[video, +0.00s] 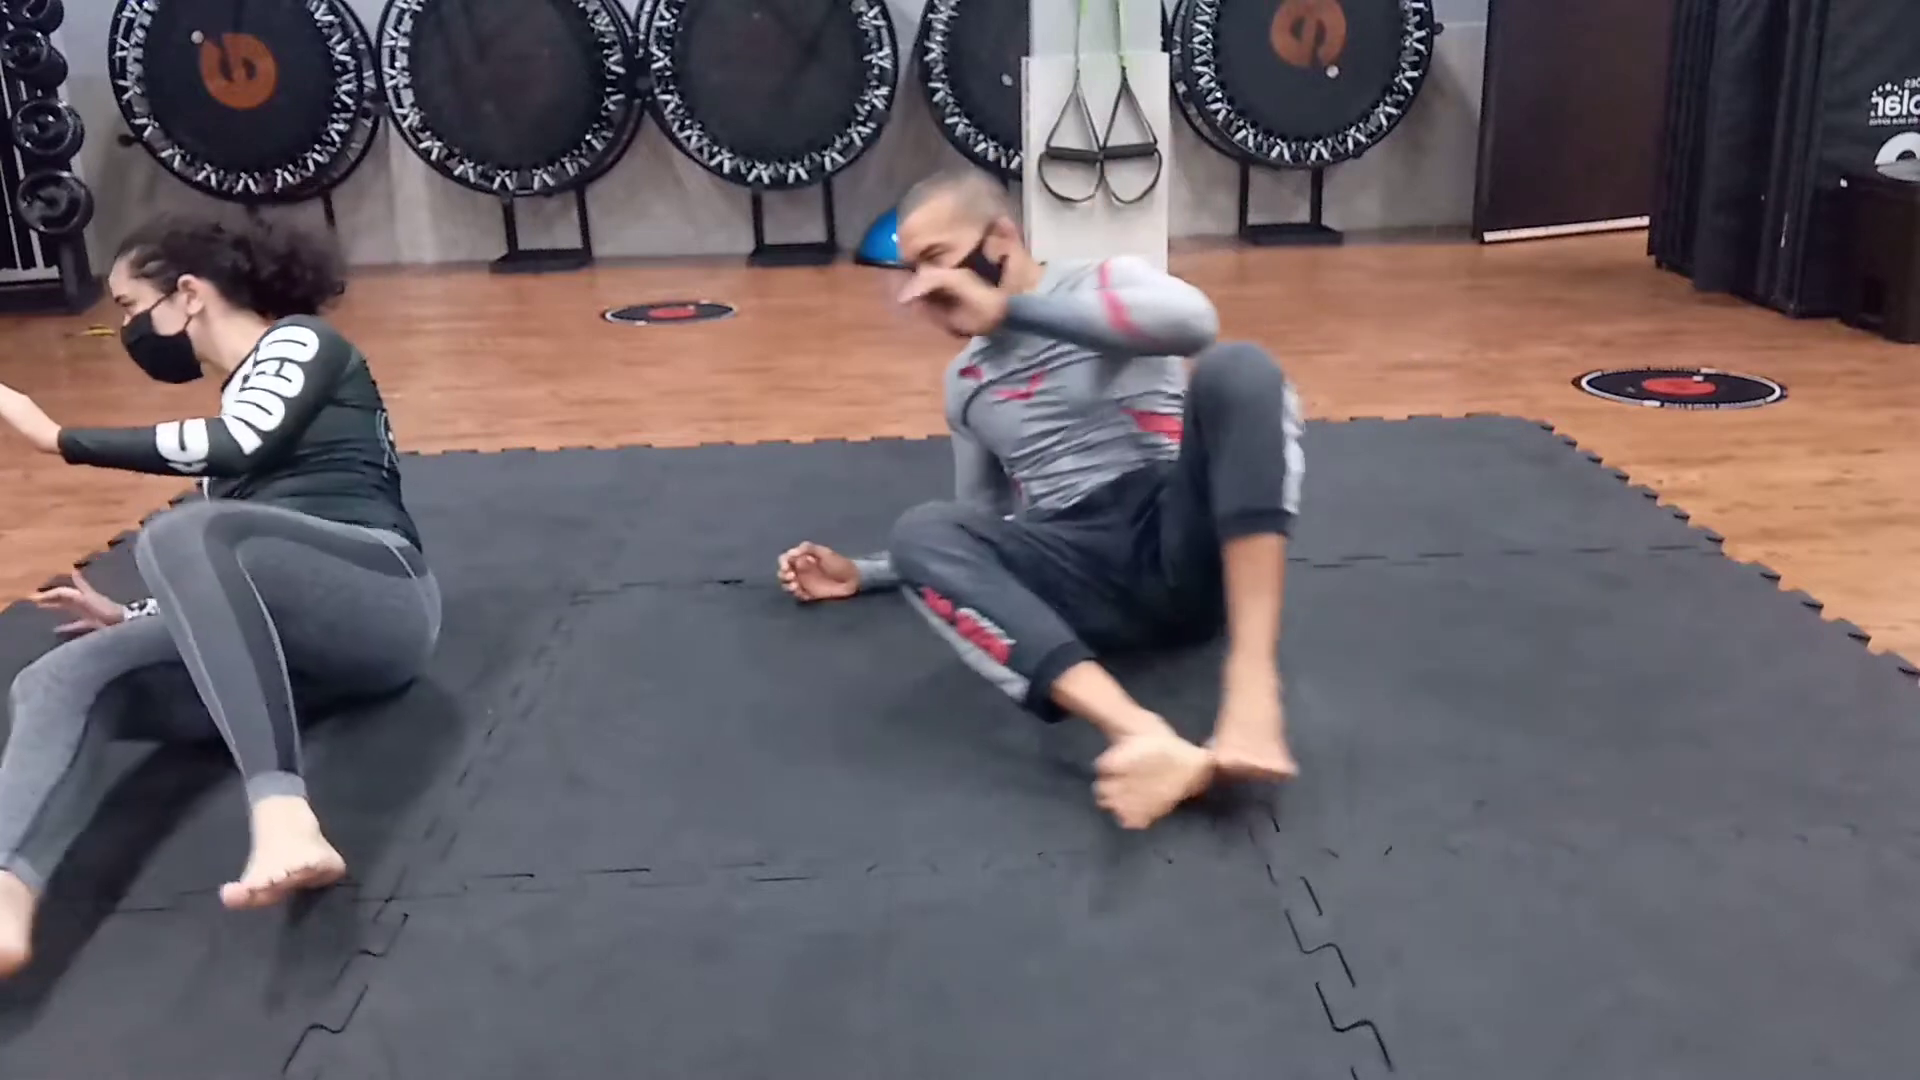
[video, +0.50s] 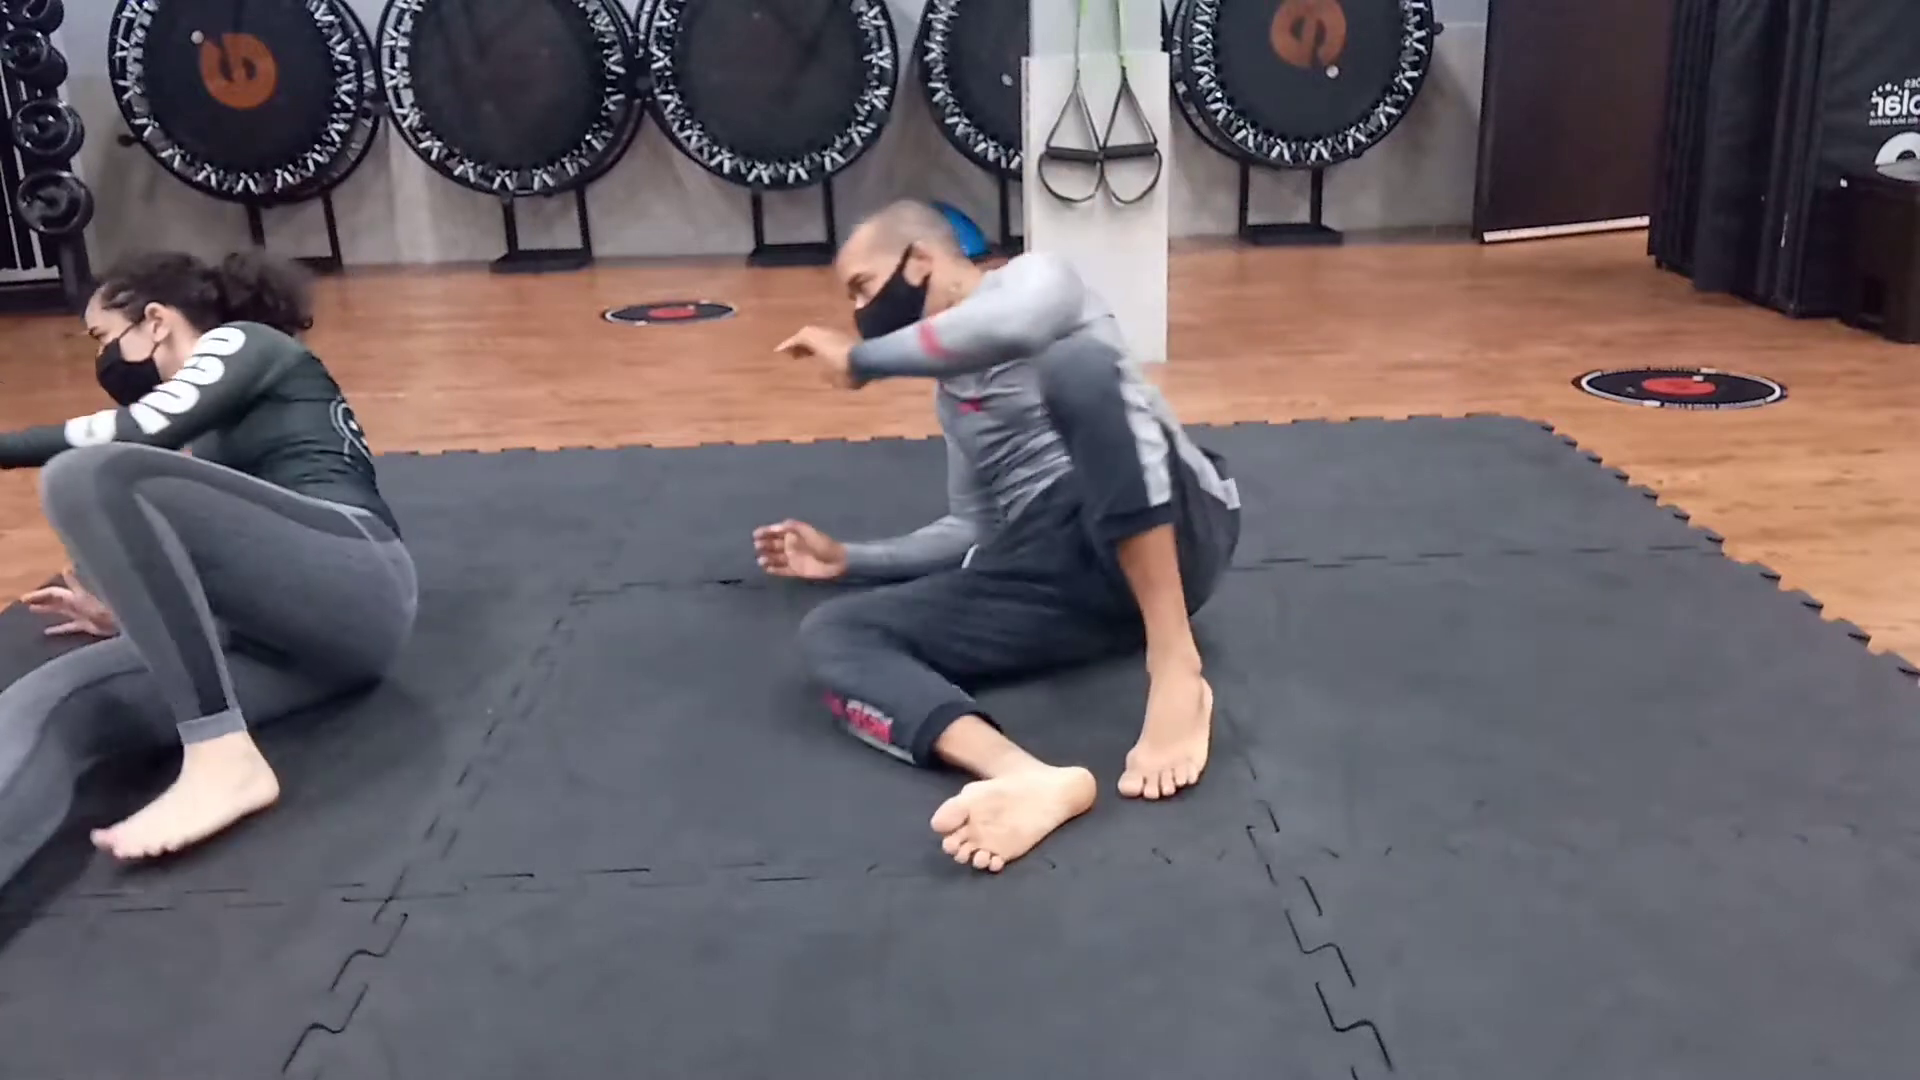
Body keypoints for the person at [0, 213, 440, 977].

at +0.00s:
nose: (126, 331)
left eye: (131, 309)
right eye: (120, 315)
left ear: (191, 296)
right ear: (192, 303)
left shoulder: (303, 341)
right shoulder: (238, 418)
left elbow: (232, 445)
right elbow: (266, 574)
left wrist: (63, 441)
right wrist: (134, 619)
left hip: (380, 598)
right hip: (281, 653)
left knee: (181, 534)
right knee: (56, 679)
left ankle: (283, 815)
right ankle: (9, 893)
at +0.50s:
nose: (105, 359)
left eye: (107, 339)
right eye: (99, 347)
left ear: (159, 320)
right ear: (161, 323)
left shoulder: (248, 343)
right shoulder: (203, 438)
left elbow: (129, 431)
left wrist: (5, 448)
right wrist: (125, 616)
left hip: (359, 586)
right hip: (295, 656)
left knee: (85, 477)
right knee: (48, 704)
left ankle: (224, 758)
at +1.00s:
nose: (103, 381)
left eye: (102, 363)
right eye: (93, 372)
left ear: (141, 328)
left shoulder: (201, 342)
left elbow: (30, 455)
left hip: (306, 566)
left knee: (9, 526)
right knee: (16, 729)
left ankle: (211, 741)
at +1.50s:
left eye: (89, 379)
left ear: (128, 360)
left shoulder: (150, 360)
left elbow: (7, 440)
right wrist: (149, 468)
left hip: (368, 508)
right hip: (393, 633)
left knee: (30, 507)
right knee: (102, 717)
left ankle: (217, 742)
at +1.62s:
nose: (78, 412)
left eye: (88, 397)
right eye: (81, 404)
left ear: (123, 372)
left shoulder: (165, 363)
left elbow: (8, 451)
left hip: (397, 514)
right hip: (409, 631)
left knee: (61, 484)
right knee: (121, 711)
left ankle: (223, 743)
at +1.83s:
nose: (106, 421)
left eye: (108, 402)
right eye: (102, 410)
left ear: (150, 372)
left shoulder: (207, 365)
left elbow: (23, 471)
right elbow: (272, 583)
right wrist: (127, 602)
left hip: (461, 551)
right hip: (437, 653)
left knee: (160, 443)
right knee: (145, 699)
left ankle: (234, 737)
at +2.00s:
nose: (140, 420)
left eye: (143, 397)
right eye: (133, 407)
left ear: (188, 358)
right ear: (193, 371)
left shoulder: (271, 346)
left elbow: (99, 435)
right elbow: (269, 580)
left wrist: (8, 496)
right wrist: (126, 604)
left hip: (498, 564)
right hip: (429, 643)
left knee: (228, 431)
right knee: (170, 686)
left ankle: (244, 739)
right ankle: (1, 859)